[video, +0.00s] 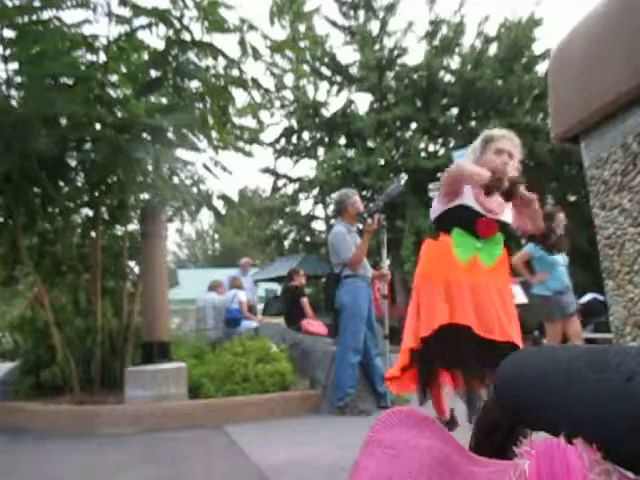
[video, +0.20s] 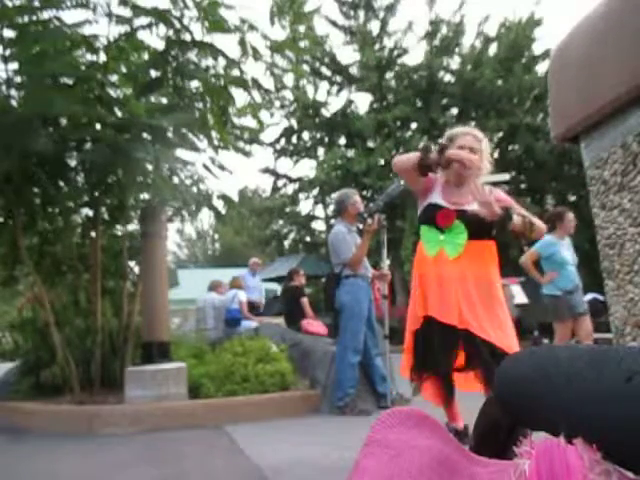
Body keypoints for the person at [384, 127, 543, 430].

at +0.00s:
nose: (506, 161)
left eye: (513, 157)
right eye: (499, 153)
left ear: (518, 168)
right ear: (481, 157)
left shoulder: (506, 203)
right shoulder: (455, 190)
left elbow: (535, 227)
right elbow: (457, 172)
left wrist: (527, 201)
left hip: (487, 266)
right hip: (447, 263)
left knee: (479, 337)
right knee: (438, 337)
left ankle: (476, 402)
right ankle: (440, 408)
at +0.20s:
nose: (466, 155)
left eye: (475, 151)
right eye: (460, 148)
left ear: (483, 163)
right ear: (446, 154)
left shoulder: (492, 197)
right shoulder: (430, 188)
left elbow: (537, 231)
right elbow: (399, 165)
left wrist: (506, 216)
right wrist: (432, 160)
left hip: (480, 294)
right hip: (437, 292)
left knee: (498, 366)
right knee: (437, 364)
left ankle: (508, 426)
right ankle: (455, 423)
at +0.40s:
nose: (424, 165)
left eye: (430, 157)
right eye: (422, 160)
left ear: (452, 159)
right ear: (420, 166)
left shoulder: (477, 194)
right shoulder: (420, 195)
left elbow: (514, 225)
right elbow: (379, 200)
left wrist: (487, 217)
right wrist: (385, 165)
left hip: (471, 290)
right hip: (430, 290)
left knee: (479, 359)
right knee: (440, 358)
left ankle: (495, 425)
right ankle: (455, 425)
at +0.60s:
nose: (413, 170)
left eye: (417, 163)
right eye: (412, 164)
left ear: (437, 162)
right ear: (420, 166)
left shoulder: (465, 192)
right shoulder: (413, 199)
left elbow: (499, 221)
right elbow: (384, 230)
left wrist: (464, 219)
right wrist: (366, 225)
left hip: (464, 285)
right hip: (427, 285)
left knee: (470, 354)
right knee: (440, 356)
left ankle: (490, 424)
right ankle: (454, 422)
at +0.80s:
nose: (404, 168)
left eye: (409, 161)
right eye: (403, 163)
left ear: (430, 159)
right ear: (410, 166)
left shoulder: (460, 188)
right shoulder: (407, 200)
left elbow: (493, 216)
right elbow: (382, 236)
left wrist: (460, 213)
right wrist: (361, 245)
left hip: (462, 284)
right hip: (426, 285)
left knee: (465, 357)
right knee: (440, 356)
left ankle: (489, 424)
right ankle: (455, 421)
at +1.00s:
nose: (391, 168)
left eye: (394, 160)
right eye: (389, 162)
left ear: (416, 158)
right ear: (398, 165)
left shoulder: (446, 185)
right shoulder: (399, 201)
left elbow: (483, 212)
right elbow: (393, 246)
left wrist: (439, 215)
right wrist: (381, 273)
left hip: (458, 287)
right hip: (419, 292)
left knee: (466, 366)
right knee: (417, 360)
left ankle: (491, 425)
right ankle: (448, 421)